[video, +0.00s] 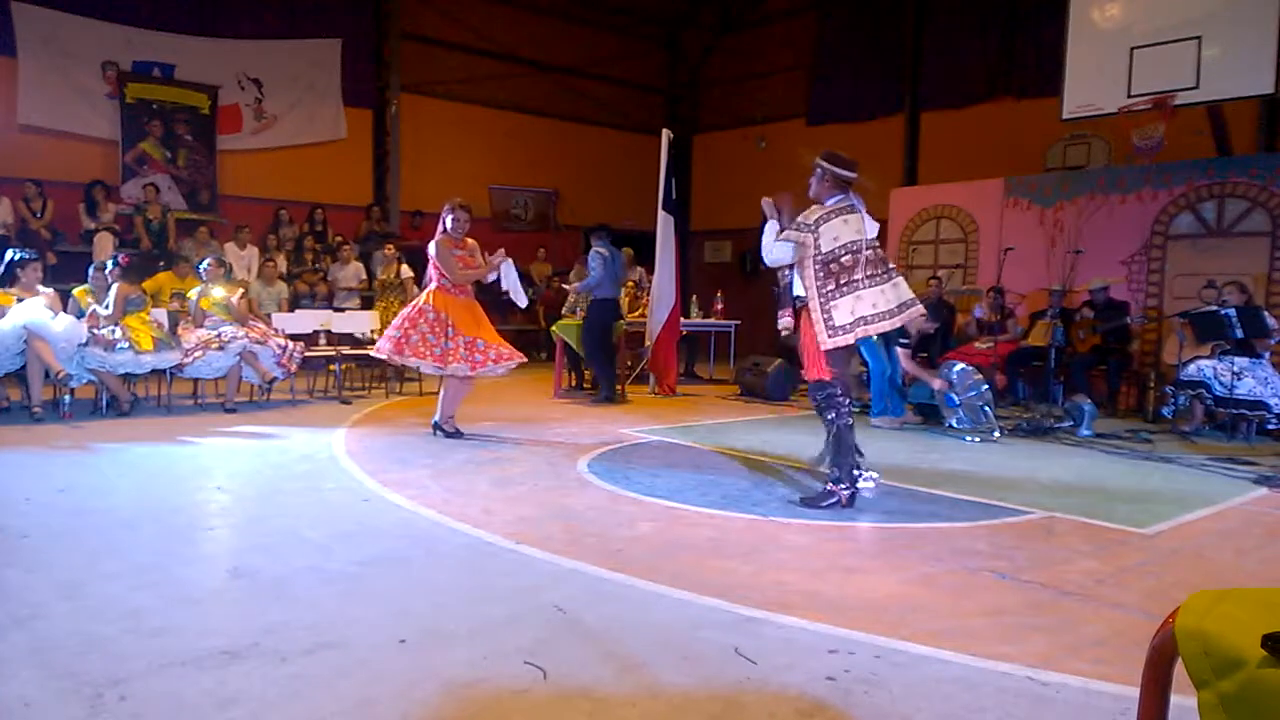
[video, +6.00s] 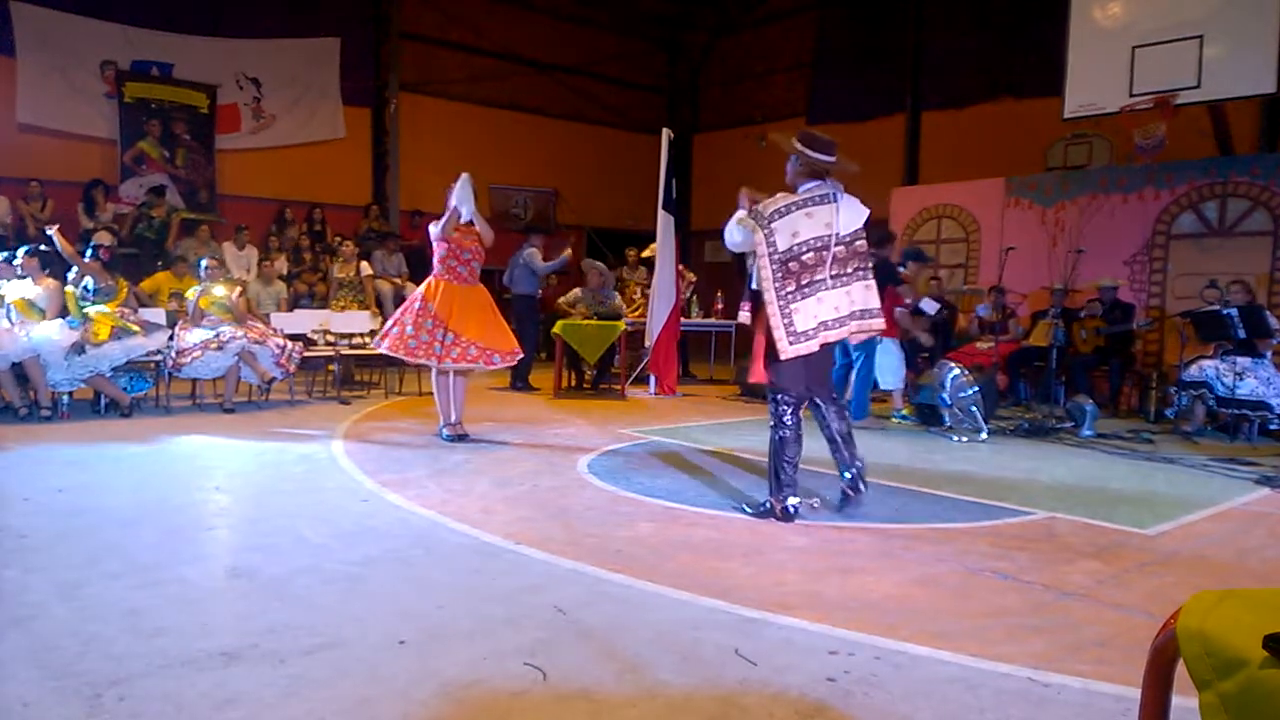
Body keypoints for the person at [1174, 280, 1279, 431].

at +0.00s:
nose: (1224, 298)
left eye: (1230, 293)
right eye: (1222, 294)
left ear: (1244, 297)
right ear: (1218, 297)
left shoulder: (1257, 315)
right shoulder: (1217, 316)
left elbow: (1265, 346)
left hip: (1253, 365)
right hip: (1223, 363)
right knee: (1197, 368)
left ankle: (1242, 424)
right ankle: (1197, 419)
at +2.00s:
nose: (1237, 297)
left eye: (1241, 293)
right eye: (1231, 294)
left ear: (1248, 297)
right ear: (1223, 298)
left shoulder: (1258, 315)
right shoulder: (1216, 316)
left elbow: (1265, 346)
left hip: (1254, 364)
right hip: (1223, 363)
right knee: (1196, 368)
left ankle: (1243, 425)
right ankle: (1197, 419)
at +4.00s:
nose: (1226, 297)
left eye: (1231, 293)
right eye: (1225, 293)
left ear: (1245, 297)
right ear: (1222, 296)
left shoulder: (1258, 315)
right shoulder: (1219, 316)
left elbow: (1265, 345)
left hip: (1253, 364)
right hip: (1223, 362)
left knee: (1246, 381)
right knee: (1198, 368)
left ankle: (1241, 426)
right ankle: (1196, 421)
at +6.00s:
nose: (1232, 296)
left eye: (1237, 292)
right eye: (1230, 293)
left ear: (1248, 296)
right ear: (1226, 296)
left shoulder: (1258, 314)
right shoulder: (1222, 315)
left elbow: (1265, 346)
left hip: (1255, 364)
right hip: (1225, 363)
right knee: (1200, 368)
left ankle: (1244, 428)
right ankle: (1197, 420)